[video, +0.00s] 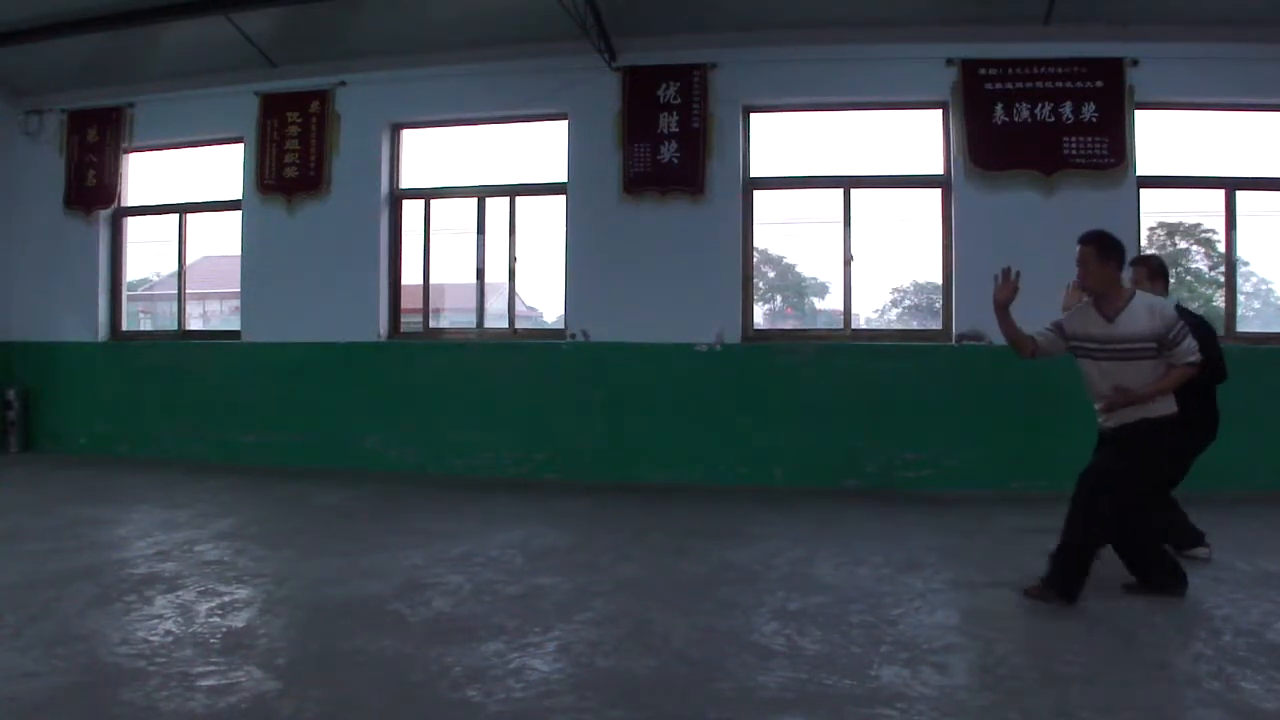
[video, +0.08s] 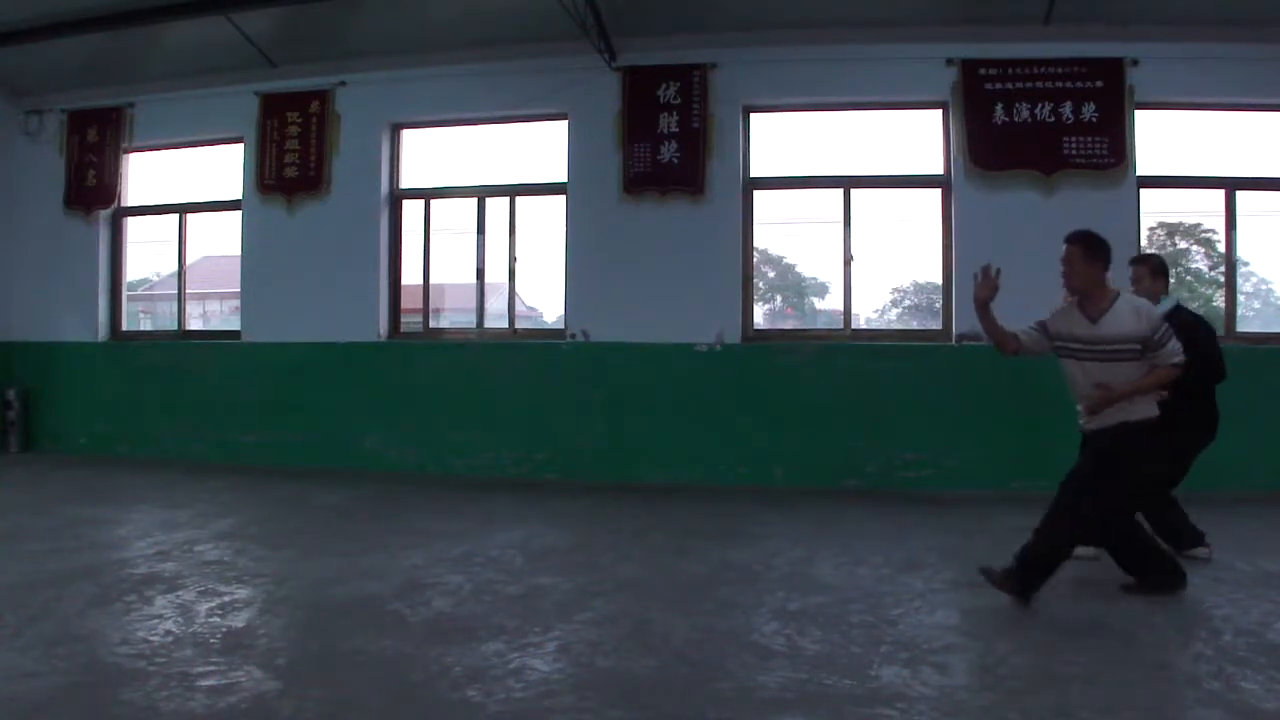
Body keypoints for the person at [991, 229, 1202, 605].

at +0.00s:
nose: (1077, 271)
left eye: (1084, 264)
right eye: (1077, 263)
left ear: (1111, 266)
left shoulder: (1158, 312)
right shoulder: (1075, 320)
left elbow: (1190, 364)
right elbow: (1029, 348)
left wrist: (1140, 395)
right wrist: (1002, 311)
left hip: (1158, 426)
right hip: (1113, 430)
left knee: (1093, 491)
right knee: (1118, 504)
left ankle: (1062, 585)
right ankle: (1162, 578)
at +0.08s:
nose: (1062, 270)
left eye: (1069, 263)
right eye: (1063, 263)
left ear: (1097, 267)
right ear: (1079, 269)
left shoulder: (1140, 313)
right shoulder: (1061, 322)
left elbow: (1174, 365)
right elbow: (1010, 345)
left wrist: (1119, 393)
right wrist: (983, 308)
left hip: (1139, 430)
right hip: (1096, 433)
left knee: (1073, 502)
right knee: (1103, 514)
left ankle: (1024, 579)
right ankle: (1161, 574)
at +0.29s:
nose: (1018, 258)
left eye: (1027, 251)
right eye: (1019, 250)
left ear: (1053, 256)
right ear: (1032, 256)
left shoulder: (1088, 310)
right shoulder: (1010, 308)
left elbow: (1112, 366)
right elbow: (955, 326)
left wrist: (1057, 372)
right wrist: (924, 290)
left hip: (1070, 426)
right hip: (1035, 427)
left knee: (1006, 496)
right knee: (1087, 503)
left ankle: (974, 590)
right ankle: (1149, 560)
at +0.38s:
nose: (998, 251)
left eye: (1006, 244)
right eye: (999, 244)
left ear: (1033, 249)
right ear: (1009, 249)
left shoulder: (1065, 305)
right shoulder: (989, 299)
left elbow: (1079, 366)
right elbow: (938, 319)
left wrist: (1017, 354)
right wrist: (903, 279)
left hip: (1043, 422)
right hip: (1007, 422)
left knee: (980, 498)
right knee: (1048, 499)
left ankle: (969, 595)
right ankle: (1121, 541)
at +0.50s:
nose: (951, 231)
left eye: (960, 224)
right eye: (954, 223)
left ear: (984, 233)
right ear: (973, 233)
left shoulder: (1001, 285)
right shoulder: (962, 283)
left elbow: (970, 342)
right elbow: (929, 317)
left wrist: (943, 305)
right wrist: (894, 283)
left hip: (999, 408)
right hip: (969, 406)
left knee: (958, 494)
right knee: (933, 485)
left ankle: (965, 595)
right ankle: (971, 565)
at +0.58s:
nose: (915, 217)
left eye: (923, 210)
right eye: (917, 209)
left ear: (945, 217)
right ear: (946, 218)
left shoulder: (952, 264)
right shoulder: (959, 263)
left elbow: (885, 292)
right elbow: (953, 332)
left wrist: (852, 258)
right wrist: (914, 316)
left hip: (968, 388)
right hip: (945, 381)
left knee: (952, 483)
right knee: (871, 392)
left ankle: (960, 587)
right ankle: (851, 482)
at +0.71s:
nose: (881, 212)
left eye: (889, 204)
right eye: (883, 204)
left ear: (914, 211)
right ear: (914, 213)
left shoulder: (912, 257)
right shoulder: (929, 253)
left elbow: (841, 278)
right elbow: (935, 323)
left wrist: (804, 230)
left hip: (935, 380)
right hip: (925, 370)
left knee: (913, 474)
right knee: (864, 323)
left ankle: (917, 578)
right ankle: (841, 418)